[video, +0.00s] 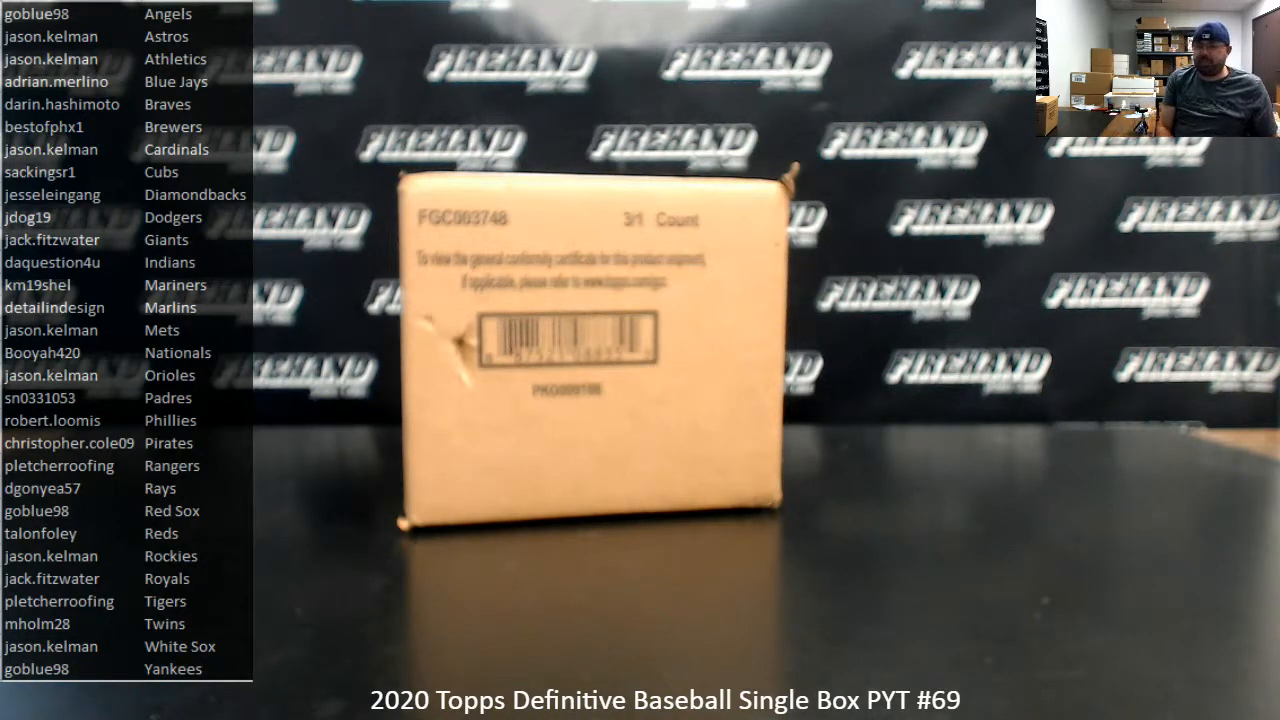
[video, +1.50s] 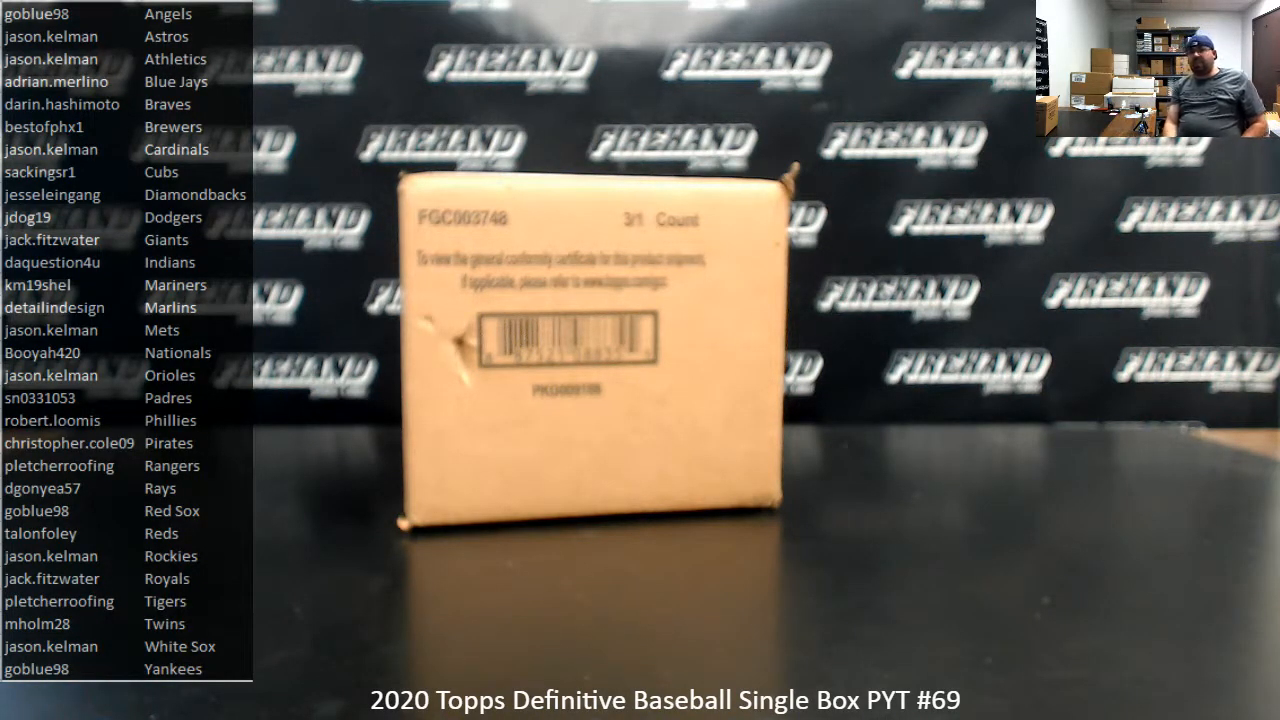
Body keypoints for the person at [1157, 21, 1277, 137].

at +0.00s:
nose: (1204, 53)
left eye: (1212, 47)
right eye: (1198, 47)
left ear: (1227, 50)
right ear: (1192, 49)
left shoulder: (1251, 86)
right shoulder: (1178, 80)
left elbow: (1271, 139)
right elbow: (1164, 127)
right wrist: (1171, 158)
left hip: (1234, 166)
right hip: (1183, 166)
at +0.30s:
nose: (1195, 55)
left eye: (1202, 49)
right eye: (1191, 50)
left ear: (1219, 52)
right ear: (1187, 52)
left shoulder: (1245, 84)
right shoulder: (1177, 81)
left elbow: (1264, 132)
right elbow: (1166, 126)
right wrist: (1171, 157)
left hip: (1231, 161)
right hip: (1185, 163)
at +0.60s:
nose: (1190, 56)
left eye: (1197, 50)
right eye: (1187, 51)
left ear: (1213, 52)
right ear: (1183, 54)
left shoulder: (1238, 81)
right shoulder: (1176, 83)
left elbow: (1258, 129)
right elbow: (1167, 124)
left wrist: (1237, 154)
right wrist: (1171, 152)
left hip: (1226, 156)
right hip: (1184, 156)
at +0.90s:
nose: (1186, 56)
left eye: (1192, 51)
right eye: (1183, 53)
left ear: (1206, 53)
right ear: (1180, 56)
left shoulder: (1232, 79)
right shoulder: (1175, 84)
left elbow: (1256, 122)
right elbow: (1168, 123)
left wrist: (1237, 150)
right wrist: (1170, 151)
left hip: (1225, 153)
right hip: (1184, 155)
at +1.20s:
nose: (1189, 56)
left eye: (1195, 52)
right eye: (1185, 53)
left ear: (1207, 54)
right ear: (1182, 58)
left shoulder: (1232, 79)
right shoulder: (1177, 86)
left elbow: (1257, 121)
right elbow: (1169, 123)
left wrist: (1236, 148)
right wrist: (1170, 150)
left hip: (1225, 152)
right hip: (1186, 154)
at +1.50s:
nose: (1196, 55)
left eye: (1201, 50)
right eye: (1191, 52)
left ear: (1214, 54)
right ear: (1187, 57)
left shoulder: (1238, 80)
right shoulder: (1181, 86)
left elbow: (1260, 123)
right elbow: (1171, 122)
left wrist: (1237, 150)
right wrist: (1168, 150)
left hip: (1226, 154)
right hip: (1186, 154)